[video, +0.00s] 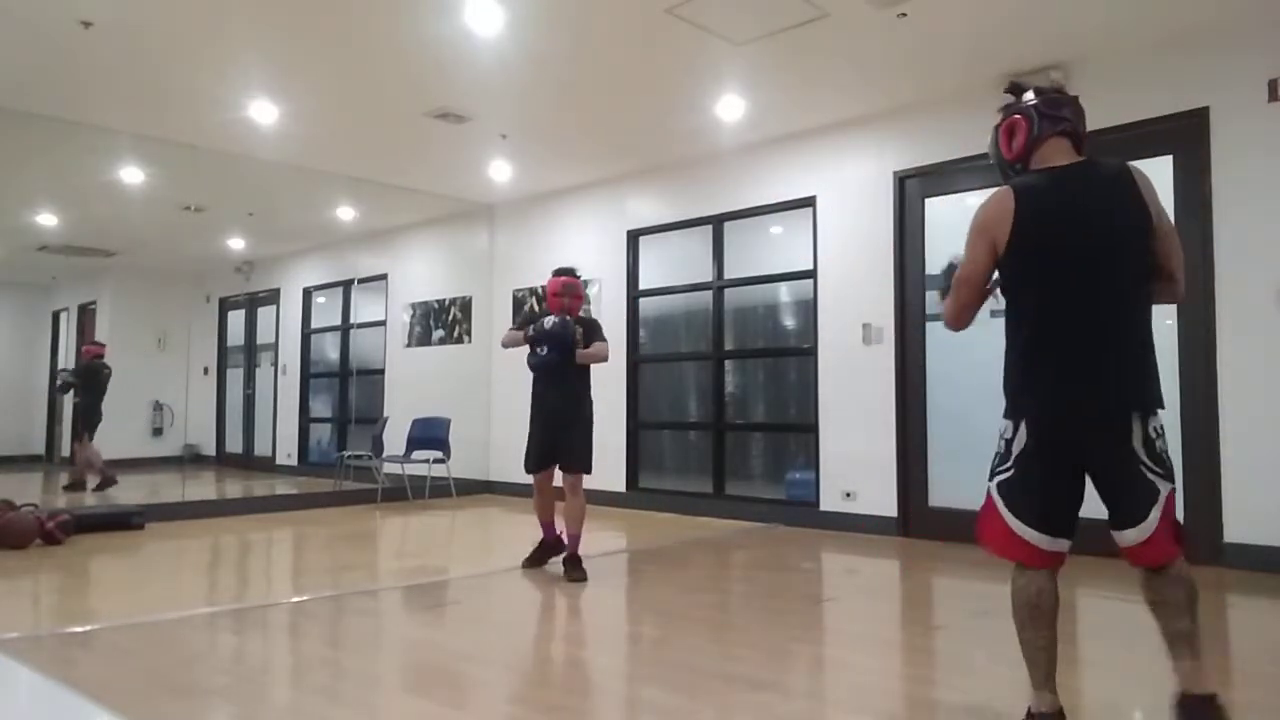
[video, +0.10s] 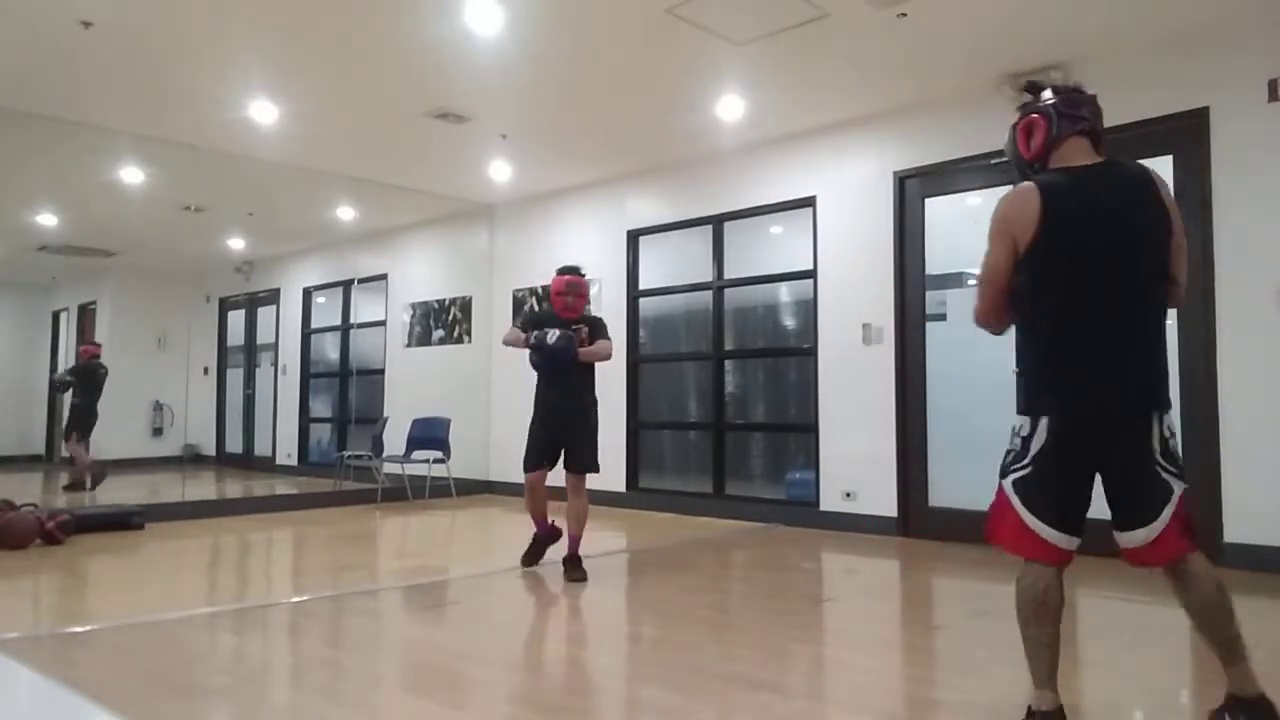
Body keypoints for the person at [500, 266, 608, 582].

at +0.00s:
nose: (563, 299)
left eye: (569, 292)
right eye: (557, 293)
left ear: (579, 295)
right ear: (547, 294)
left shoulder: (587, 324)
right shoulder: (535, 320)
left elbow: (602, 353)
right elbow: (507, 340)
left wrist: (568, 352)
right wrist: (535, 334)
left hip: (576, 412)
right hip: (543, 411)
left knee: (572, 481)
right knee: (541, 479)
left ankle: (573, 554)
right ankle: (550, 540)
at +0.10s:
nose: (570, 299)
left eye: (576, 293)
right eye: (564, 292)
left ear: (585, 294)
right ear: (552, 293)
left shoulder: (592, 323)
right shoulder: (538, 318)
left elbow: (605, 351)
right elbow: (509, 338)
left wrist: (569, 351)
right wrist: (535, 340)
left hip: (581, 414)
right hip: (546, 413)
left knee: (576, 483)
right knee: (533, 480)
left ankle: (573, 555)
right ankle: (543, 531)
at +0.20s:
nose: (573, 297)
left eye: (580, 290)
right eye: (567, 289)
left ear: (589, 291)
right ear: (556, 290)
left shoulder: (596, 322)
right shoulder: (540, 318)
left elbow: (611, 349)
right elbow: (510, 338)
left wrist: (576, 351)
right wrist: (536, 346)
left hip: (582, 415)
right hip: (547, 413)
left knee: (577, 485)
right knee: (528, 478)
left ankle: (573, 556)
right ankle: (538, 532)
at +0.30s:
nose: (574, 297)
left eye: (581, 291)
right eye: (568, 290)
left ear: (591, 292)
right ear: (555, 290)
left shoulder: (600, 322)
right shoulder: (541, 319)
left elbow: (614, 349)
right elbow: (509, 339)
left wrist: (579, 352)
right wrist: (533, 351)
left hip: (583, 415)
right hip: (546, 412)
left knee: (577, 486)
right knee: (528, 476)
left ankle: (573, 557)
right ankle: (530, 548)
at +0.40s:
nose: (575, 300)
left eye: (582, 292)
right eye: (568, 292)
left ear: (591, 292)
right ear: (555, 290)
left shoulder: (600, 322)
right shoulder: (540, 320)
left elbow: (614, 351)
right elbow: (508, 344)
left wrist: (579, 347)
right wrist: (533, 357)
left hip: (584, 414)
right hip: (547, 411)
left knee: (577, 485)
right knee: (532, 480)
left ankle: (573, 558)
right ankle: (520, 561)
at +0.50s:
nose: (572, 298)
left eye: (579, 291)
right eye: (565, 290)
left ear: (589, 291)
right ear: (552, 290)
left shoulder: (598, 322)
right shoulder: (537, 321)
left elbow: (610, 353)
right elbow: (509, 351)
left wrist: (578, 345)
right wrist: (528, 356)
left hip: (582, 416)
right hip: (545, 413)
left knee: (576, 487)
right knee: (534, 482)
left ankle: (573, 558)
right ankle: (519, 562)